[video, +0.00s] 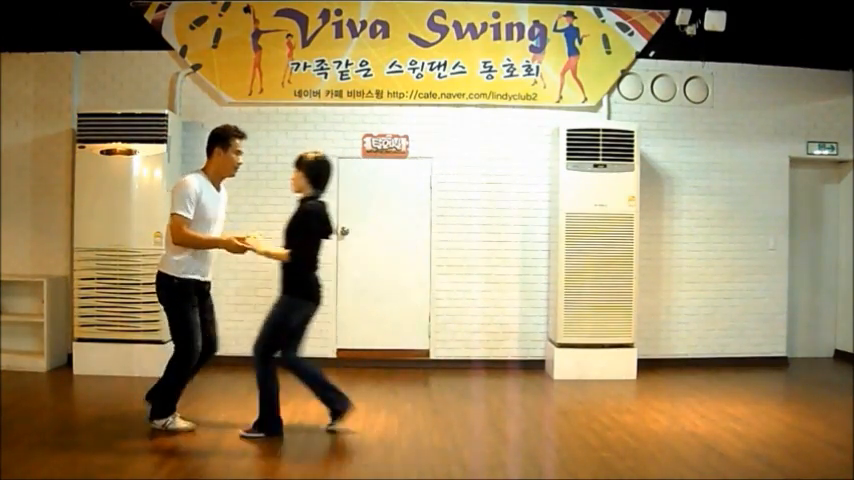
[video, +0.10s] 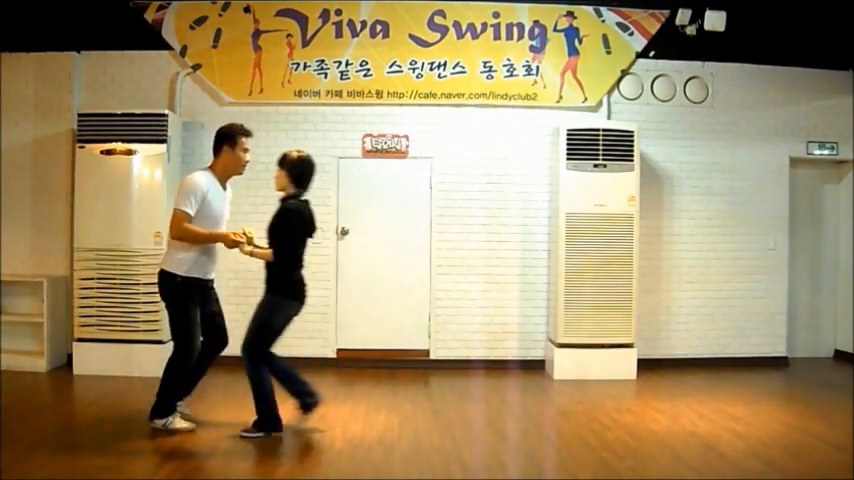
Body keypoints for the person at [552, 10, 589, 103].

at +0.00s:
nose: (567, 19)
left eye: (568, 18)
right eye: (567, 18)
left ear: (572, 18)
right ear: (568, 19)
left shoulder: (567, 29)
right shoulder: (576, 29)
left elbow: (555, 30)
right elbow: (579, 43)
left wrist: (557, 19)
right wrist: (582, 37)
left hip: (572, 54)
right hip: (575, 53)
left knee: (562, 73)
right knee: (574, 75)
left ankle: (559, 95)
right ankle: (584, 96)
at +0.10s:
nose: (567, 19)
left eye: (568, 18)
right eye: (567, 17)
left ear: (572, 18)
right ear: (568, 19)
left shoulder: (568, 29)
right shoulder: (576, 29)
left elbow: (555, 30)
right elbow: (579, 43)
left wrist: (557, 19)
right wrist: (582, 37)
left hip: (572, 54)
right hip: (575, 53)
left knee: (562, 73)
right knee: (574, 75)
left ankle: (559, 95)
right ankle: (584, 96)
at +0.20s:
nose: (567, 19)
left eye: (568, 18)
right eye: (567, 17)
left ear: (572, 18)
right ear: (568, 18)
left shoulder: (567, 29)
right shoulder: (576, 29)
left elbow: (555, 30)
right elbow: (579, 43)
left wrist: (557, 20)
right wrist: (582, 37)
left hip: (572, 54)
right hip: (575, 53)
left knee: (562, 73)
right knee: (574, 75)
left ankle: (559, 95)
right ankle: (584, 96)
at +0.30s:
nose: (567, 19)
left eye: (568, 18)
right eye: (567, 18)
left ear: (572, 18)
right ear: (568, 18)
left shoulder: (567, 29)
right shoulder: (576, 29)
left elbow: (555, 30)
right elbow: (579, 43)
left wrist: (557, 20)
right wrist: (582, 37)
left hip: (572, 54)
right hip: (575, 54)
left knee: (562, 73)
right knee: (574, 75)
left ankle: (559, 95)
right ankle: (584, 96)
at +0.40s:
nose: (567, 19)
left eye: (568, 18)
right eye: (567, 18)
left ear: (572, 18)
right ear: (568, 18)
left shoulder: (568, 29)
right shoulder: (576, 29)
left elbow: (555, 30)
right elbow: (579, 43)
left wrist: (556, 20)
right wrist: (582, 37)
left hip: (572, 54)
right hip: (574, 54)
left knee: (562, 73)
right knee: (574, 75)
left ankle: (559, 95)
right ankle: (584, 96)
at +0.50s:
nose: (567, 19)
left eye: (569, 17)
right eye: (567, 17)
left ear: (572, 18)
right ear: (567, 18)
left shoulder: (569, 29)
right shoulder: (576, 29)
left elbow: (555, 30)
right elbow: (580, 43)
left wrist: (556, 20)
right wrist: (582, 37)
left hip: (573, 54)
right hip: (573, 54)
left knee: (562, 73)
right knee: (574, 75)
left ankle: (559, 95)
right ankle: (584, 96)